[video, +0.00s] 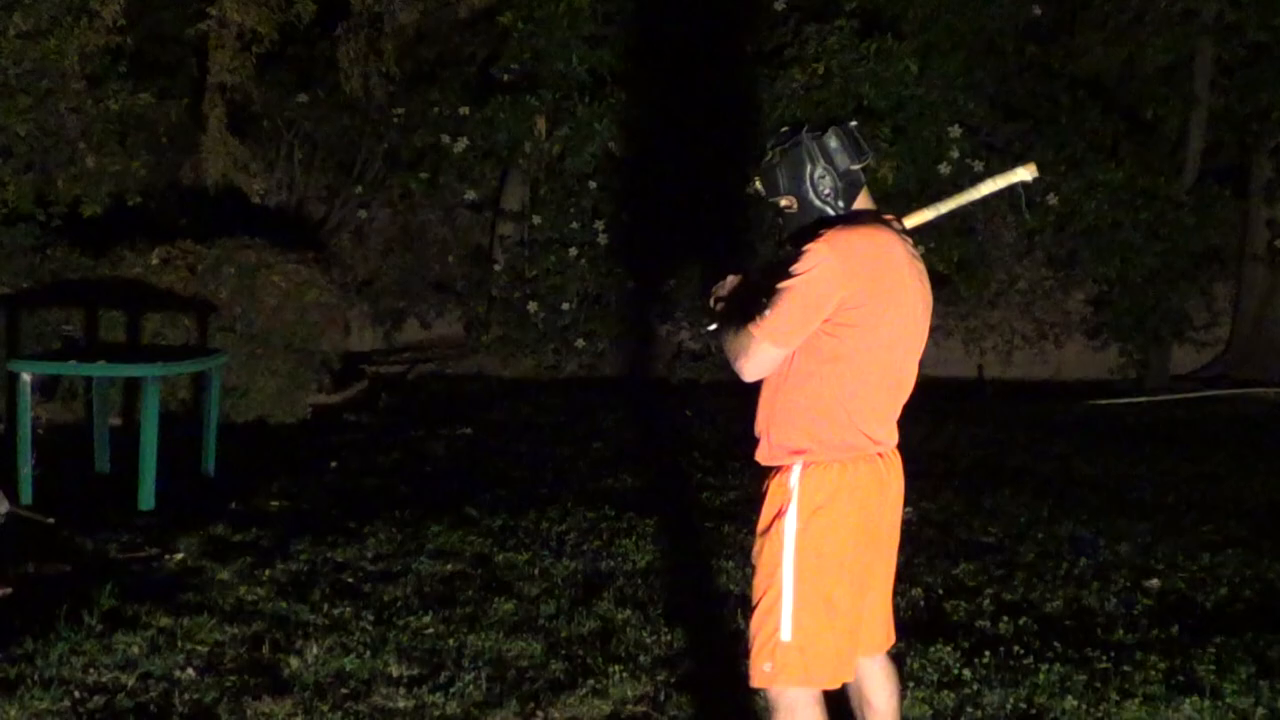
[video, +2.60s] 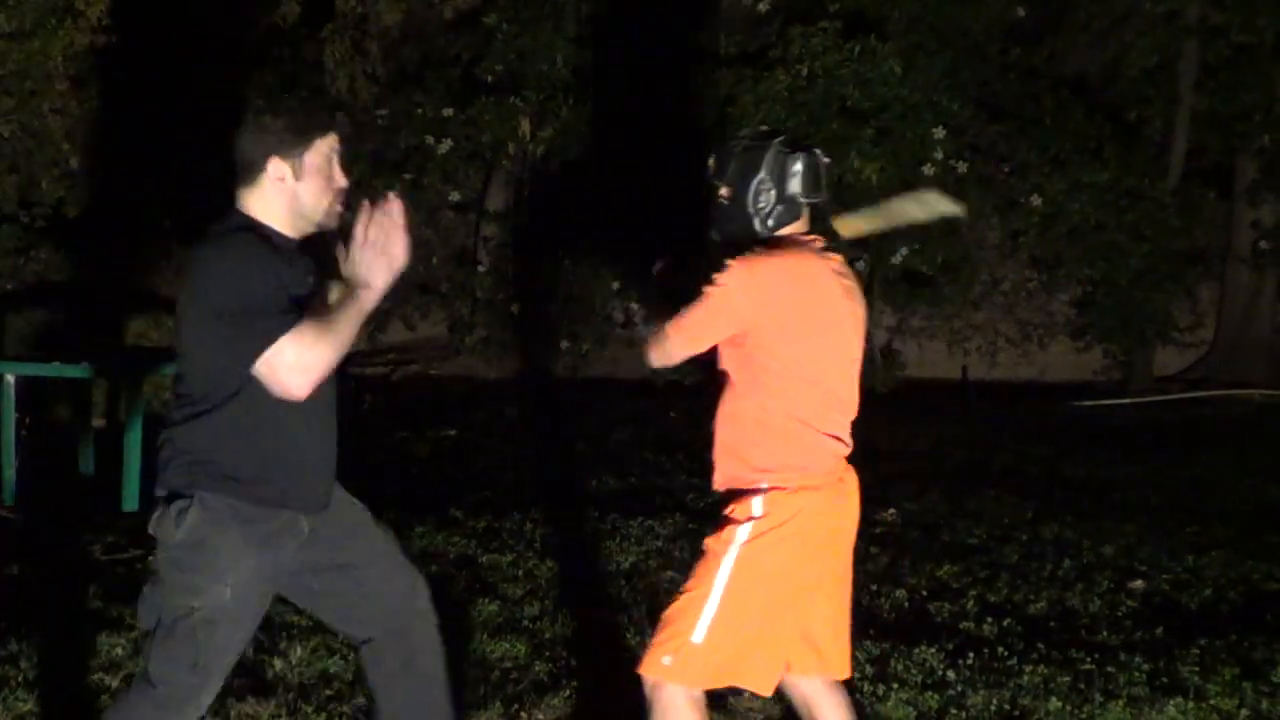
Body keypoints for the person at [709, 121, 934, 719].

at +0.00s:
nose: (783, 210)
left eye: (785, 196)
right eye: (780, 197)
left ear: (807, 192)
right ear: (853, 180)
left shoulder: (833, 256)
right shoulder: (906, 260)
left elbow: (751, 360)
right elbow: (836, 342)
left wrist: (729, 311)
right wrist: (766, 299)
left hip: (816, 481)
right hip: (876, 477)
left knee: (787, 675)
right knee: (866, 651)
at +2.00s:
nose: (775, 206)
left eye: (782, 192)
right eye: (772, 192)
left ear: (820, 188)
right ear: (840, 185)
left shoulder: (836, 262)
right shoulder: (881, 257)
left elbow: (750, 369)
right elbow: (815, 343)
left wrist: (714, 323)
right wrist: (742, 308)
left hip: (815, 487)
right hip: (857, 482)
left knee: (777, 680)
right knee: (835, 661)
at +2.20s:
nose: (777, 198)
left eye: (786, 184)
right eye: (776, 183)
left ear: (821, 185)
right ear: (850, 186)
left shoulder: (825, 261)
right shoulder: (895, 268)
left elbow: (728, 354)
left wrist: (705, 329)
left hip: (818, 487)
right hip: (873, 485)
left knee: (773, 680)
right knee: (835, 670)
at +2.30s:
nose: (774, 198)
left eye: (781, 186)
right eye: (774, 185)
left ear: (812, 190)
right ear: (853, 192)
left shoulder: (799, 263)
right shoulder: (903, 276)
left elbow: (699, 330)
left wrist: (756, 281)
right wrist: (875, 250)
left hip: (815, 492)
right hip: (878, 488)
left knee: (755, 679)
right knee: (832, 673)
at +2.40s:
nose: (764, 201)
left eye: (770, 191)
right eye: (765, 189)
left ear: (791, 199)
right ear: (846, 197)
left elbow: (697, 309)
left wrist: (765, 277)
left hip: (804, 500)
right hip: (871, 494)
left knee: (727, 679)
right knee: (819, 665)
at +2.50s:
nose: (747, 202)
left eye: (753, 192)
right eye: (750, 190)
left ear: (773, 202)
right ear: (828, 200)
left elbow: (694, 322)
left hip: (789, 502)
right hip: (854, 496)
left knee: (696, 676)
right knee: (808, 663)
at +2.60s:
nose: (721, 202)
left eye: (728, 191)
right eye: (726, 190)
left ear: (747, 204)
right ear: (805, 205)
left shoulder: (751, 279)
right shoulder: (842, 280)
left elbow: (661, 351)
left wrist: (643, 315)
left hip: (772, 505)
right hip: (830, 499)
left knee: (669, 676)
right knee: (808, 675)